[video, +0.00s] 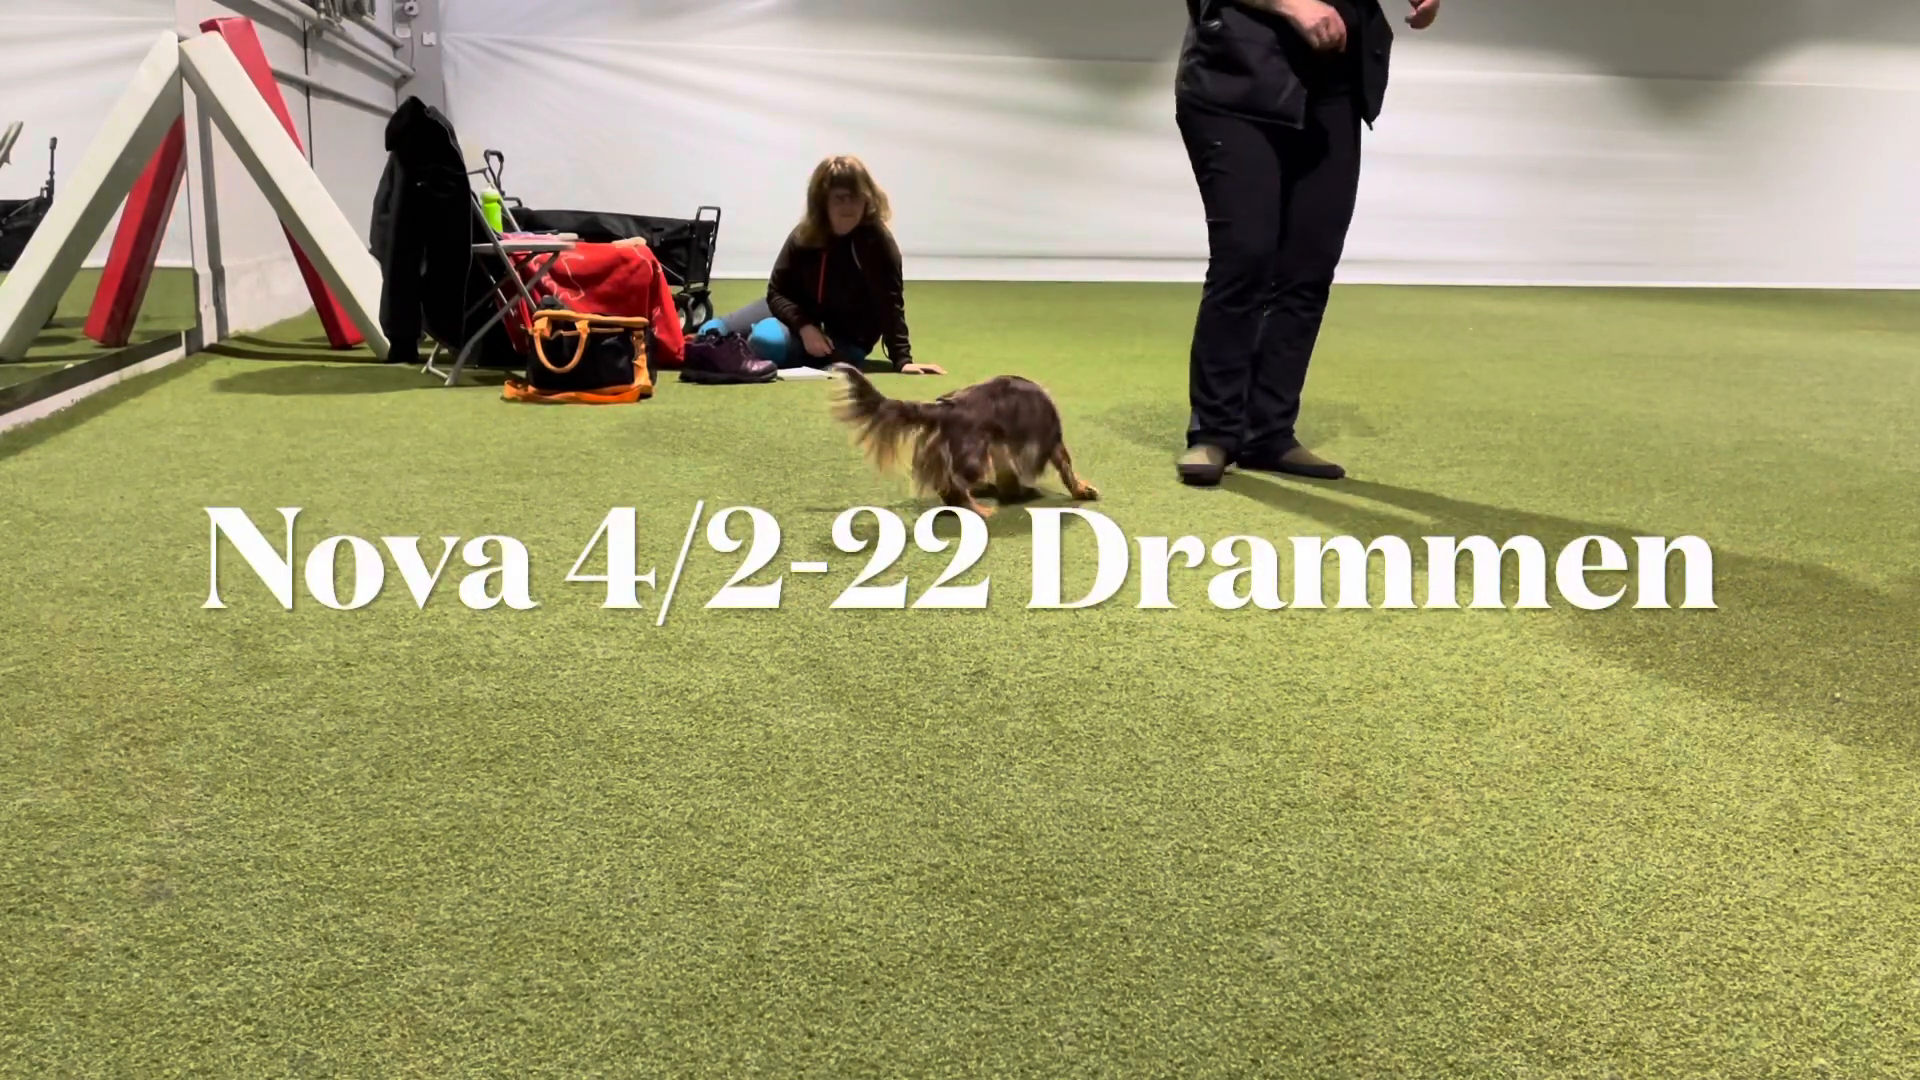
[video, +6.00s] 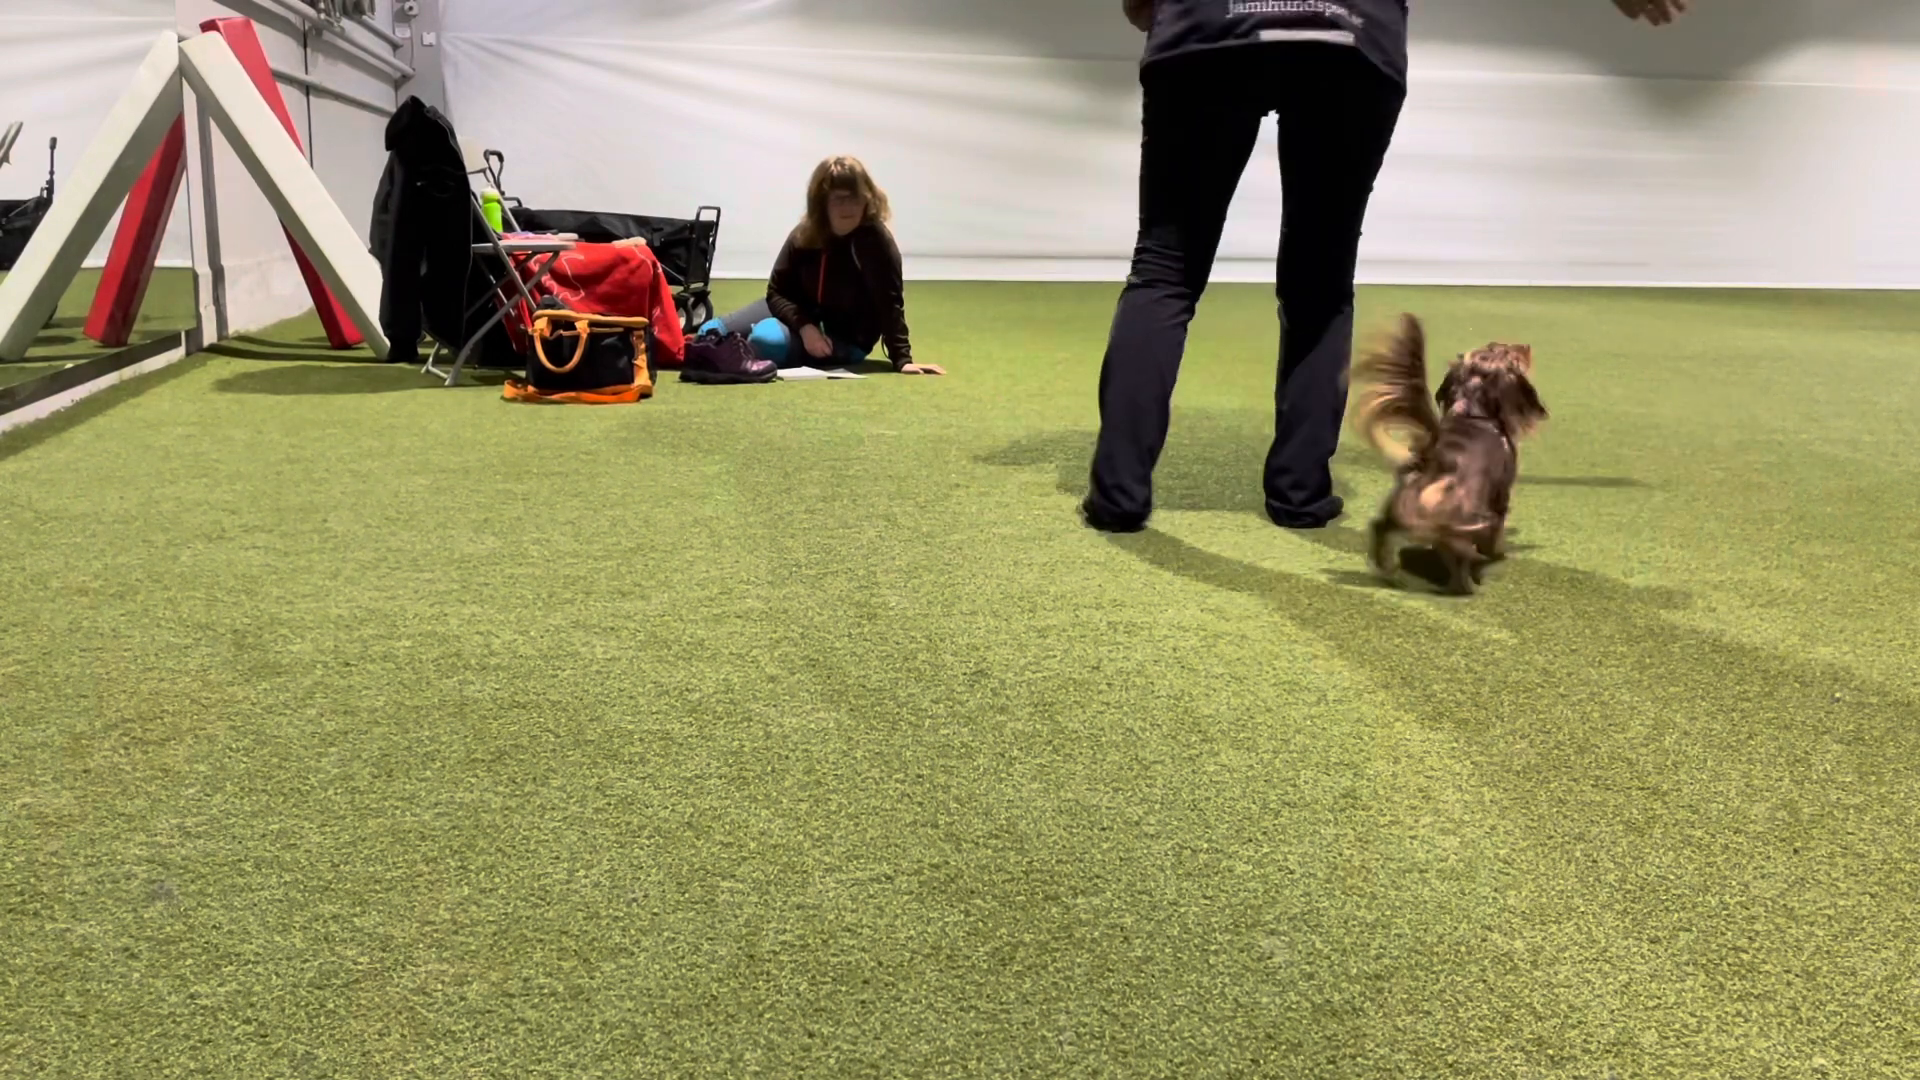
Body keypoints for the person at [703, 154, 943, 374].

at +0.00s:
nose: (848, 205)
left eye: (855, 196)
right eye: (839, 197)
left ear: (866, 201)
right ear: (822, 201)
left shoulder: (878, 243)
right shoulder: (804, 237)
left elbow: (891, 302)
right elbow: (778, 293)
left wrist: (902, 360)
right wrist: (804, 327)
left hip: (840, 338)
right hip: (793, 313)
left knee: (764, 338)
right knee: (712, 332)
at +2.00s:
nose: (848, 205)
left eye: (855, 197)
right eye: (839, 198)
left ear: (867, 200)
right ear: (823, 201)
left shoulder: (878, 243)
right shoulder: (804, 237)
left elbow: (892, 302)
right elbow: (777, 292)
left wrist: (902, 360)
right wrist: (804, 327)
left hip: (843, 338)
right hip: (797, 313)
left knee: (764, 336)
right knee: (714, 330)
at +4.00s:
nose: (847, 207)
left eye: (855, 198)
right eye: (838, 199)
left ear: (867, 201)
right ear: (822, 202)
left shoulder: (878, 243)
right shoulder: (805, 236)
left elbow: (892, 303)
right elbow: (777, 293)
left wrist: (902, 357)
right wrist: (804, 327)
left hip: (843, 337)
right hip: (796, 312)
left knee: (766, 338)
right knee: (713, 331)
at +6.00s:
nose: (847, 206)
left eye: (854, 197)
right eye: (838, 198)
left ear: (866, 200)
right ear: (822, 202)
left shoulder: (877, 242)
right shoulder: (804, 237)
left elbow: (891, 302)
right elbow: (777, 293)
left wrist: (903, 360)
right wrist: (804, 327)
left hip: (842, 338)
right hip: (795, 313)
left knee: (765, 336)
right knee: (712, 331)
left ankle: (733, 345)